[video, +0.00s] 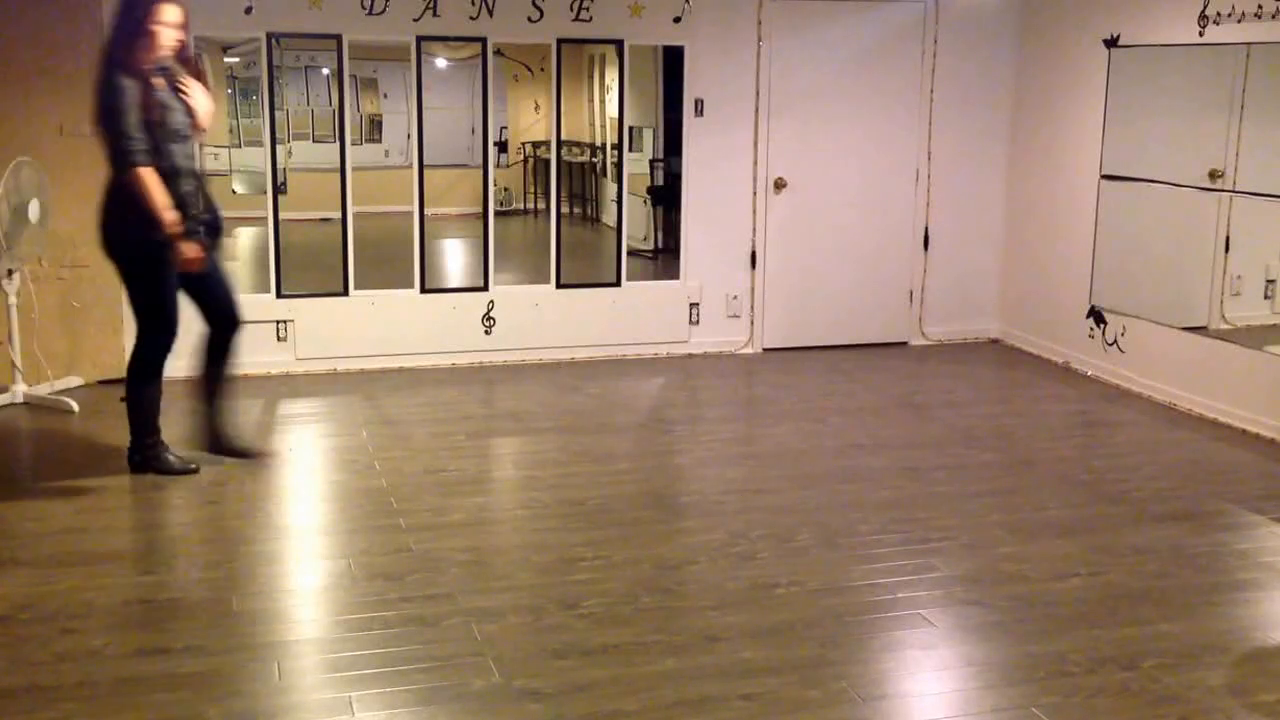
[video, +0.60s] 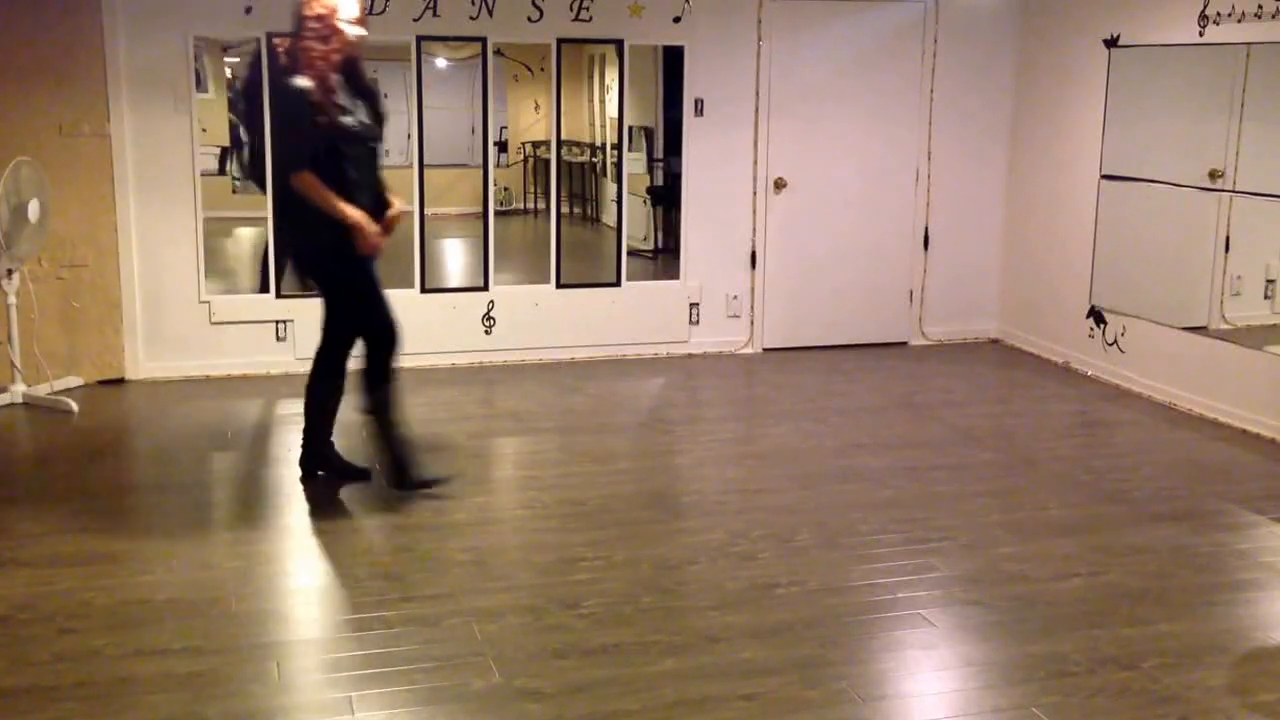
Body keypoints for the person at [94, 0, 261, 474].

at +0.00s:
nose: (174, 35)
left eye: (179, 26)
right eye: (164, 24)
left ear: (183, 33)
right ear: (140, 28)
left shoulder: (174, 77)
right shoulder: (124, 81)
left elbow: (202, 127)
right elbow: (136, 162)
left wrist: (205, 117)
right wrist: (177, 231)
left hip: (183, 219)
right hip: (140, 224)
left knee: (225, 319)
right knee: (158, 329)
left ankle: (213, 431)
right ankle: (145, 446)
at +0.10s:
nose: (207, 38)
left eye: (209, 30)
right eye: (199, 27)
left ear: (203, 36)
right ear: (170, 29)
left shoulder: (194, 85)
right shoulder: (151, 84)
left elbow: (230, 133)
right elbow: (163, 168)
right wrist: (212, 235)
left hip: (210, 227)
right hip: (166, 229)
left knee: (246, 324)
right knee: (169, 334)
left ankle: (280, 435)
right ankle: (146, 447)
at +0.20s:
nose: (245, 43)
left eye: (247, 34)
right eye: (235, 32)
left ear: (248, 39)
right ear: (209, 35)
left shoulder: (233, 91)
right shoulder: (194, 91)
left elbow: (235, 143)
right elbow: (205, 174)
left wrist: (263, 152)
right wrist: (255, 239)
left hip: (247, 229)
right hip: (206, 232)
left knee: (284, 328)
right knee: (204, 337)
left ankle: (311, 444)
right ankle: (152, 436)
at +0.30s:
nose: (273, 44)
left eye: (275, 34)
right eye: (264, 33)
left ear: (271, 37)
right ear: (233, 37)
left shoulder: (262, 89)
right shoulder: (220, 90)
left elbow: (260, 159)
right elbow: (227, 171)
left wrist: (292, 183)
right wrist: (276, 239)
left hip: (276, 224)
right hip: (236, 231)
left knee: (307, 329)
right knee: (249, 343)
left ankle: (316, 446)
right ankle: (172, 424)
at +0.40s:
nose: (297, 44)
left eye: (298, 33)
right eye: (285, 33)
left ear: (291, 36)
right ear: (255, 35)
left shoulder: (281, 88)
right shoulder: (241, 87)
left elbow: (291, 161)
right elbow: (247, 169)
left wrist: (327, 192)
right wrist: (297, 234)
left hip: (301, 227)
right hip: (264, 232)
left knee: (318, 337)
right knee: (304, 338)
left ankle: (317, 448)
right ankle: (217, 413)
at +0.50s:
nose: (303, 42)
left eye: (311, 32)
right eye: (293, 31)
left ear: (325, 37)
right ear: (277, 37)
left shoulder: (331, 88)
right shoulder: (269, 87)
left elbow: (337, 163)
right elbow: (274, 168)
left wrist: (371, 201)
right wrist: (331, 223)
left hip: (330, 227)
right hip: (297, 229)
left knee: (331, 335)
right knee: (349, 330)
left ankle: (318, 455)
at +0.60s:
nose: (325, 43)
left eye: (334, 32)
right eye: (316, 33)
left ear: (347, 41)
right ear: (306, 37)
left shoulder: (355, 93)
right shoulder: (295, 93)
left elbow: (361, 165)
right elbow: (295, 173)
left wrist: (389, 199)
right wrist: (353, 218)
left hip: (352, 232)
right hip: (318, 234)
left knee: (337, 340)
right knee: (380, 333)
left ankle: (317, 449)